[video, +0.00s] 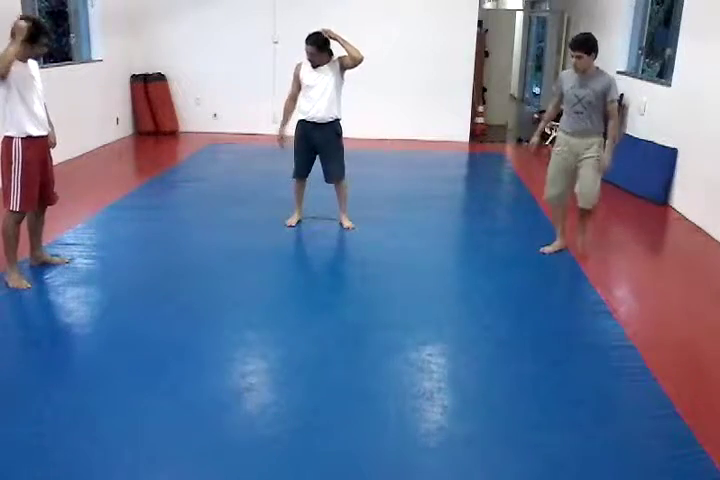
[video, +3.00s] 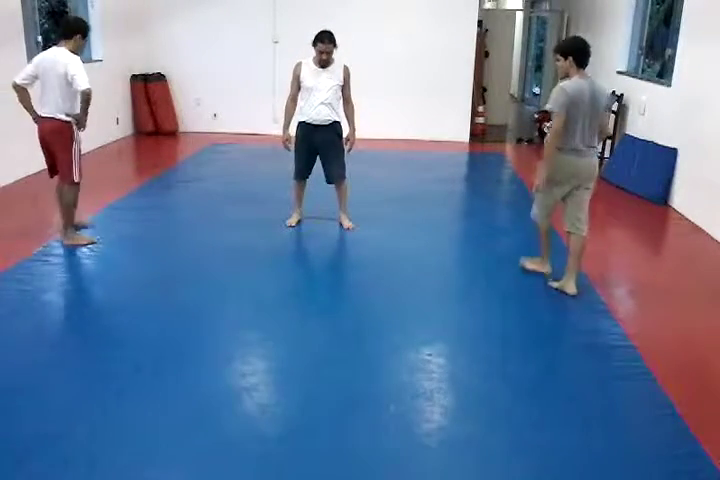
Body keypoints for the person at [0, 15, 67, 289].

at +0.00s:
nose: (37, 56)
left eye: (40, 53)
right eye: (36, 51)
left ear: (38, 47)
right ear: (23, 42)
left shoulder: (31, 63)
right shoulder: (6, 63)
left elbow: (39, 99)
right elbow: (3, 73)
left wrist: (49, 129)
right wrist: (15, 42)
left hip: (39, 137)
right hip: (16, 139)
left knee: (40, 202)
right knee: (16, 208)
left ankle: (37, 252)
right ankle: (11, 268)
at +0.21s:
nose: (46, 48)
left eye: (46, 42)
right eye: (42, 42)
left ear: (27, 42)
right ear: (24, 41)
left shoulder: (32, 67)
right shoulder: (6, 64)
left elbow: (37, 101)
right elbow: (6, 79)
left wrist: (49, 130)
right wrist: (35, 77)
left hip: (38, 138)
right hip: (15, 140)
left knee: (39, 202)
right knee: (16, 208)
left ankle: (37, 252)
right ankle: (11, 268)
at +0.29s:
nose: (46, 47)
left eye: (46, 41)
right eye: (43, 42)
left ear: (27, 42)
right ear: (25, 41)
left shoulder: (32, 64)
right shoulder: (5, 66)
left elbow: (37, 100)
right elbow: (1, 91)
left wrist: (49, 129)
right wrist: (18, 95)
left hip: (38, 139)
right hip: (15, 141)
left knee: (40, 202)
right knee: (16, 208)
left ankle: (37, 253)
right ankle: (11, 268)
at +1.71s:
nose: (48, 45)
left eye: (48, 39)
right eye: (45, 40)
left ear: (29, 41)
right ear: (29, 40)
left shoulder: (29, 67)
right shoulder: (9, 67)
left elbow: (30, 104)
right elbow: (4, 107)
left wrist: (40, 133)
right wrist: (27, 133)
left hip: (38, 142)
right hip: (19, 145)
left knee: (53, 196)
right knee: (20, 210)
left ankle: (44, 248)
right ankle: (13, 269)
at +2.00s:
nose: (51, 46)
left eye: (52, 41)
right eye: (51, 40)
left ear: (29, 37)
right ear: (42, 39)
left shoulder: (17, 61)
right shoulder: (26, 65)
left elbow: (9, 93)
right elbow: (30, 102)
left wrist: (35, 118)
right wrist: (49, 130)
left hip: (27, 136)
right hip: (36, 138)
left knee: (41, 198)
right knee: (59, 198)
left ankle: (42, 249)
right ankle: (36, 252)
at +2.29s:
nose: (61, 47)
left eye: (62, 42)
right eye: (61, 42)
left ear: (37, 37)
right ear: (55, 40)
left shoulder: (20, 62)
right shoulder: (48, 63)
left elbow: (2, 93)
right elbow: (61, 97)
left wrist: (20, 118)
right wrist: (67, 123)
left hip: (26, 136)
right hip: (49, 136)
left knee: (40, 193)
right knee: (76, 184)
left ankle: (41, 250)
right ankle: (72, 240)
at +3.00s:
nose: (83, 45)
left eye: (84, 41)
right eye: (83, 41)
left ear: (62, 36)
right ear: (76, 38)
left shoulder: (43, 56)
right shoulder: (71, 59)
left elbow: (19, 84)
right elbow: (86, 91)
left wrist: (33, 113)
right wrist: (82, 117)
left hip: (44, 124)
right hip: (63, 125)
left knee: (63, 177)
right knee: (72, 180)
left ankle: (68, 222)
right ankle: (69, 234)